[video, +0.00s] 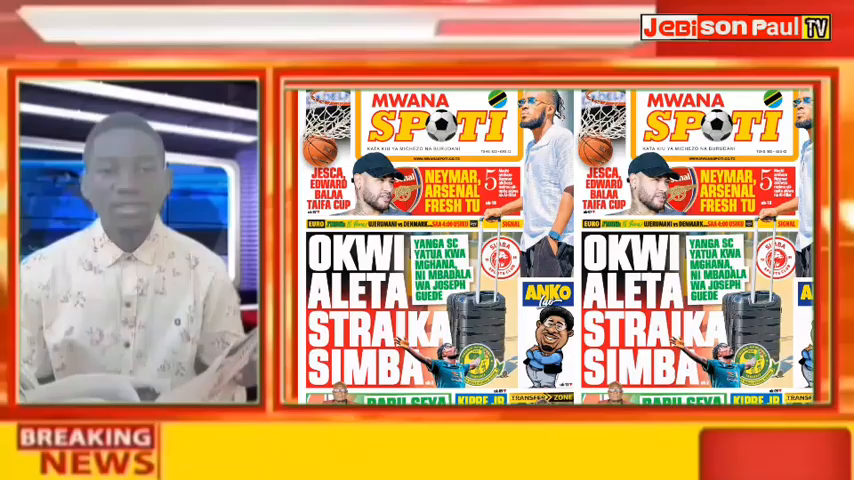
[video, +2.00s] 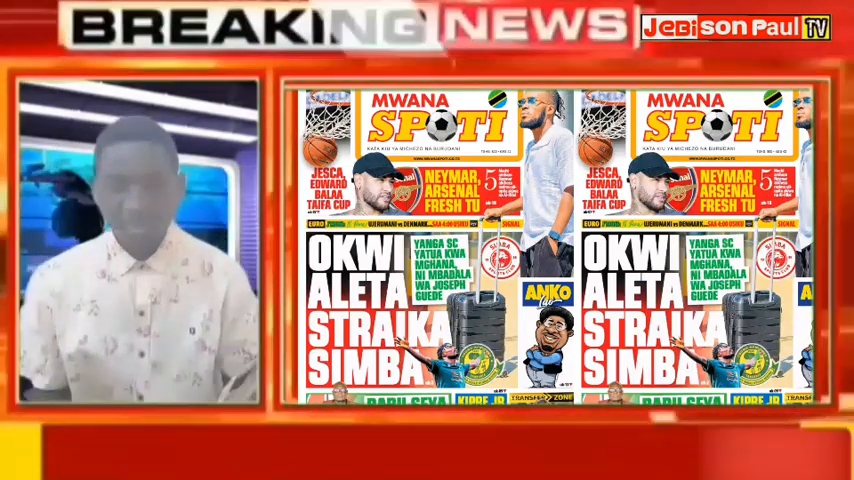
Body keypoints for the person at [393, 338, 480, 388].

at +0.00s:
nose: (453, 348)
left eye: (453, 347)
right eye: (449, 348)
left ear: (456, 352)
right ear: (443, 354)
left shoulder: (462, 367)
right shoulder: (439, 365)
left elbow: (474, 365)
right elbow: (423, 359)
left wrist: (478, 360)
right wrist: (408, 348)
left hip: (461, 402)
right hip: (445, 403)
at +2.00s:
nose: (453, 348)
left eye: (453, 347)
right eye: (449, 347)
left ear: (456, 352)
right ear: (443, 354)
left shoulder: (462, 367)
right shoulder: (439, 365)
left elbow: (474, 365)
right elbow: (423, 359)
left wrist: (478, 360)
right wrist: (408, 348)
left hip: (461, 402)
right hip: (445, 403)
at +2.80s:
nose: (453, 348)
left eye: (453, 347)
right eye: (449, 348)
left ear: (456, 352)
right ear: (443, 354)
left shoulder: (462, 367)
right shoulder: (439, 365)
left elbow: (474, 365)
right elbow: (423, 359)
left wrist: (478, 360)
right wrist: (407, 348)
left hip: (461, 403)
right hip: (444, 403)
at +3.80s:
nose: (453, 348)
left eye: (453, 347)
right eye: (449, 347)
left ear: (456, 352)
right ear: (443, 354)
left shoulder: (462, 367)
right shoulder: (439, 365)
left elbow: (474, 365)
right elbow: (423, 359)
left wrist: (478, 360)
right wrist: (407, 348)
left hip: (461, 403)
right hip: (444, 403)